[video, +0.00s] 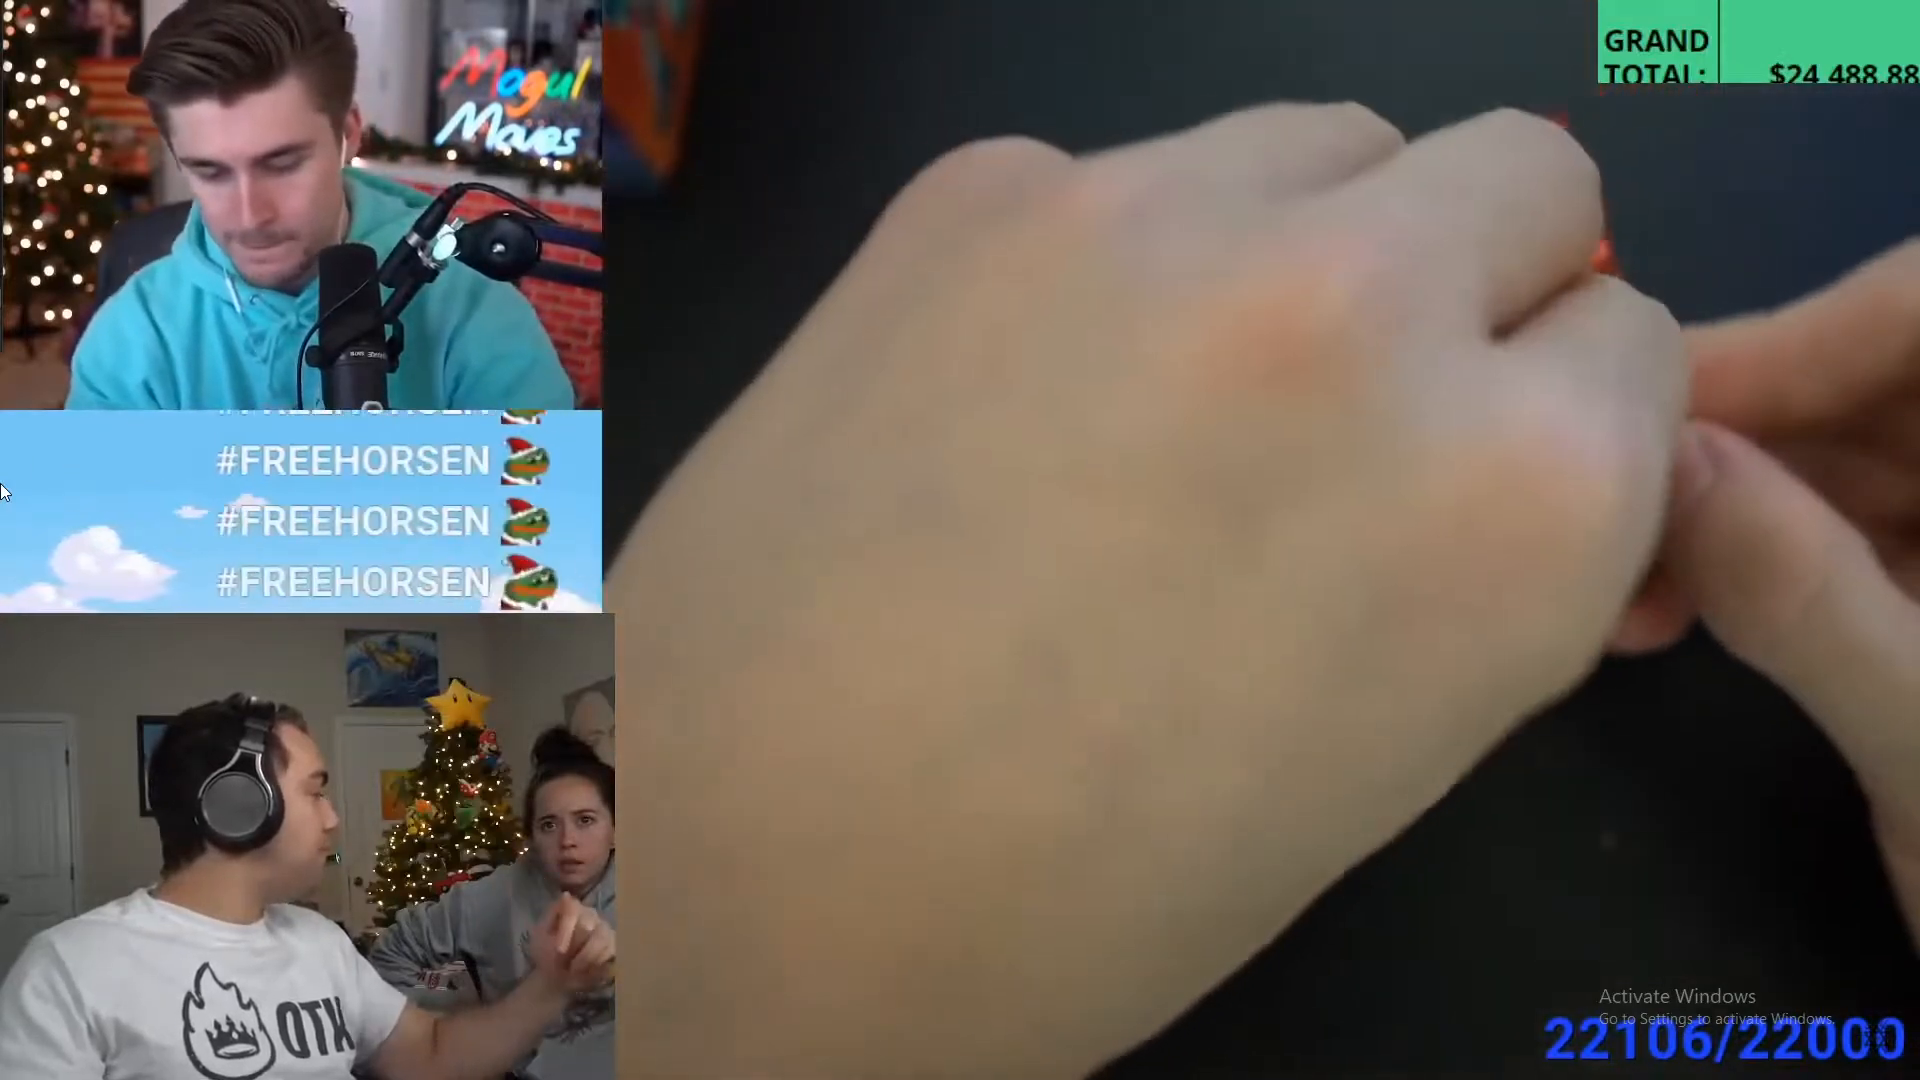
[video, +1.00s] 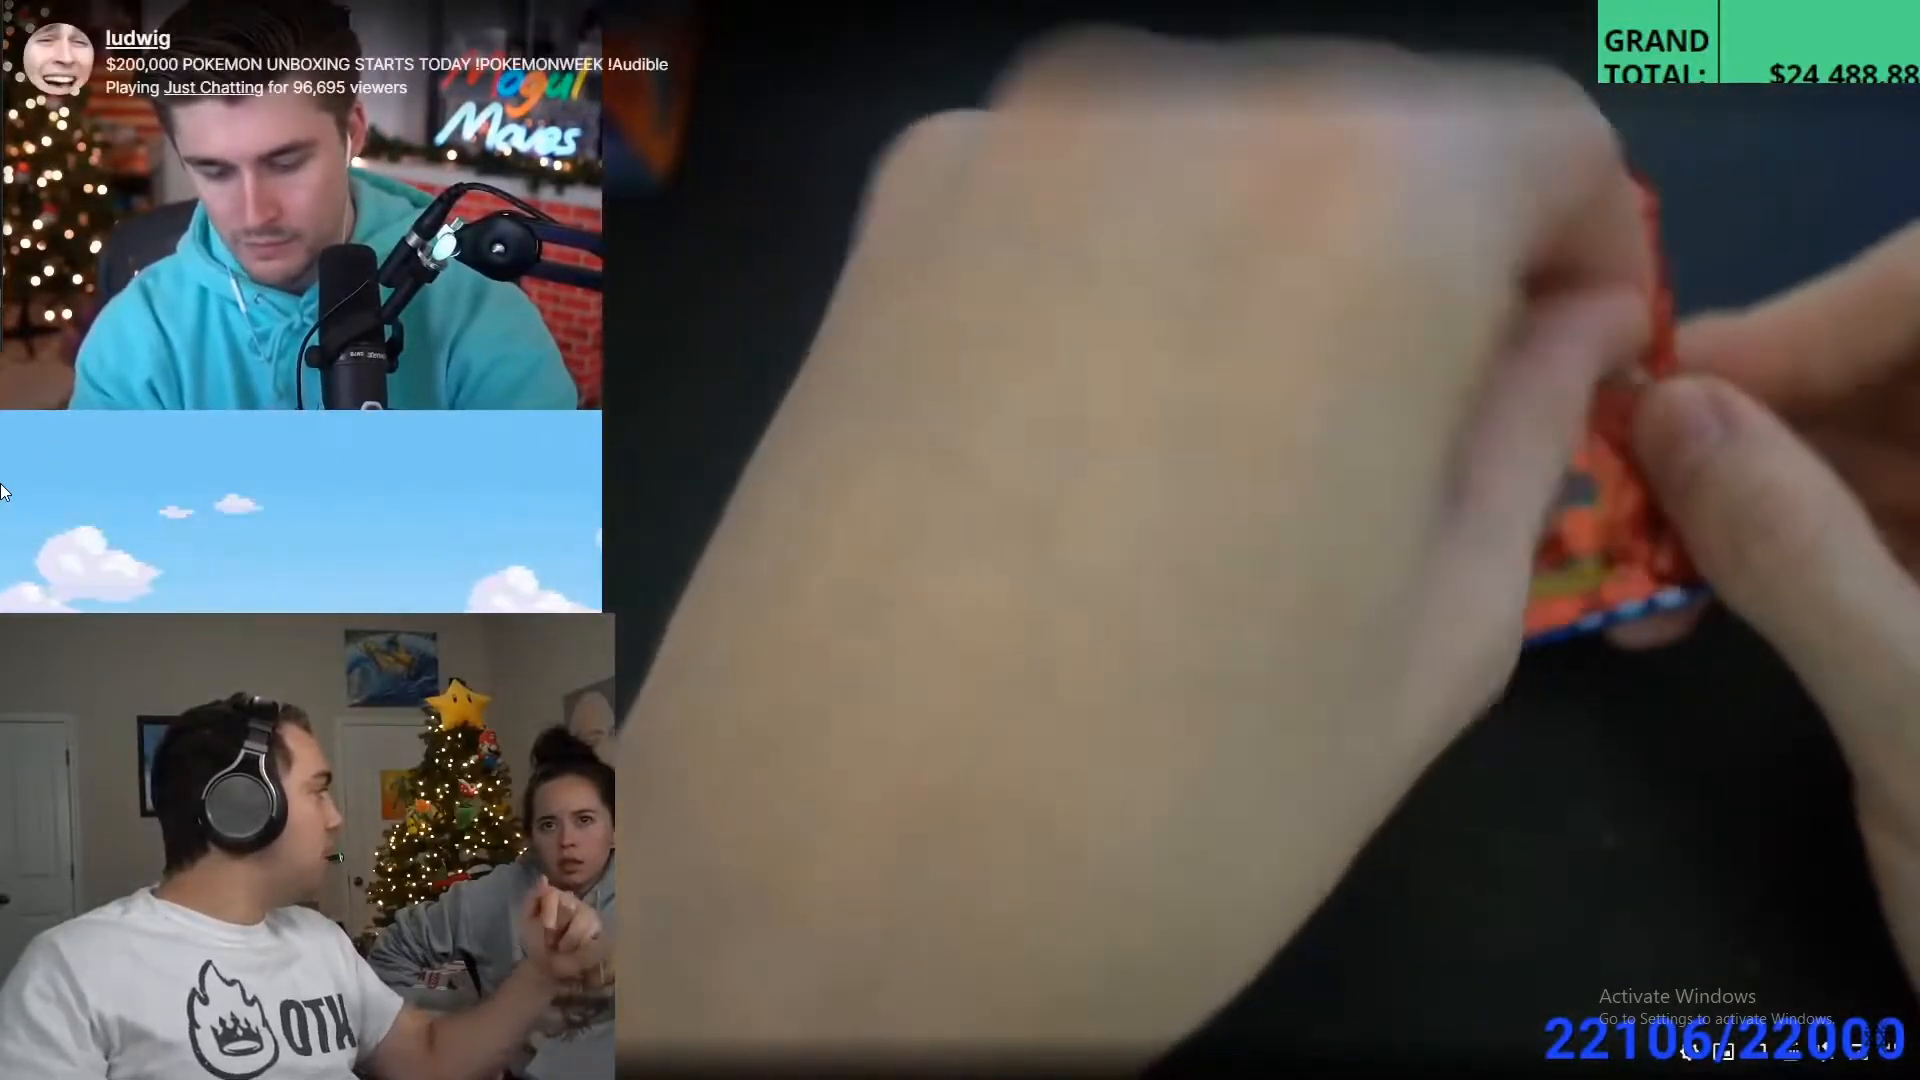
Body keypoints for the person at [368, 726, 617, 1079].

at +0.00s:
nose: (567, 842)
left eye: (585, 821)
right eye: (549, 825)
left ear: (615, 829)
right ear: (531, 836)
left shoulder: (643, 894)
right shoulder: (489, 900)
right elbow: (389, 956)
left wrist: (621, 954)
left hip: (621, 1067)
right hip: (530, 1070)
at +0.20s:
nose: (567, 842)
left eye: (585, 821)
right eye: (549, 825)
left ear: (615, 829)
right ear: (531, 836)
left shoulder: (642, 895)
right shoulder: (490, 900)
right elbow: (389, 956)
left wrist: (618, 957)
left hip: (620, 1067)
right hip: (528, 1070)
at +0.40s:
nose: (567, 842)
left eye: (585, 821)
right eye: (549, 825)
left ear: (615, 829)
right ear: (531, 836)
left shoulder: (642, 894)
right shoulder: (494, 898)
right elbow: (390, 954)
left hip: (619, 1068)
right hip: (530, 1070)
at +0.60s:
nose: (567, 842)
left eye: (585, 821)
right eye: (549, 825)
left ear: (615, 828)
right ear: (531, 836)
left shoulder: (643, 895)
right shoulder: (493, 898)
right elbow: (389, 956)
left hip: (619, 1068)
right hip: (531, 1071)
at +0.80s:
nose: (567, 842)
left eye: (585, 821)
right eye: (549, 825)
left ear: (615, 828)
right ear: (531, 836)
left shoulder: (642, 895)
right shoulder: (492, 899)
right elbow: (391, 955)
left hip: (614, 1068)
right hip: (524, 1069)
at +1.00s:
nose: (567, 842)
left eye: (585, 821)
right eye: (548, 825)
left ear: (615, 828)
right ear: (530, 836)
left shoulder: (641, 897)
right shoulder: (491, 898)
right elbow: (388, 958)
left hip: (609, 1070)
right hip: (522, 1072)